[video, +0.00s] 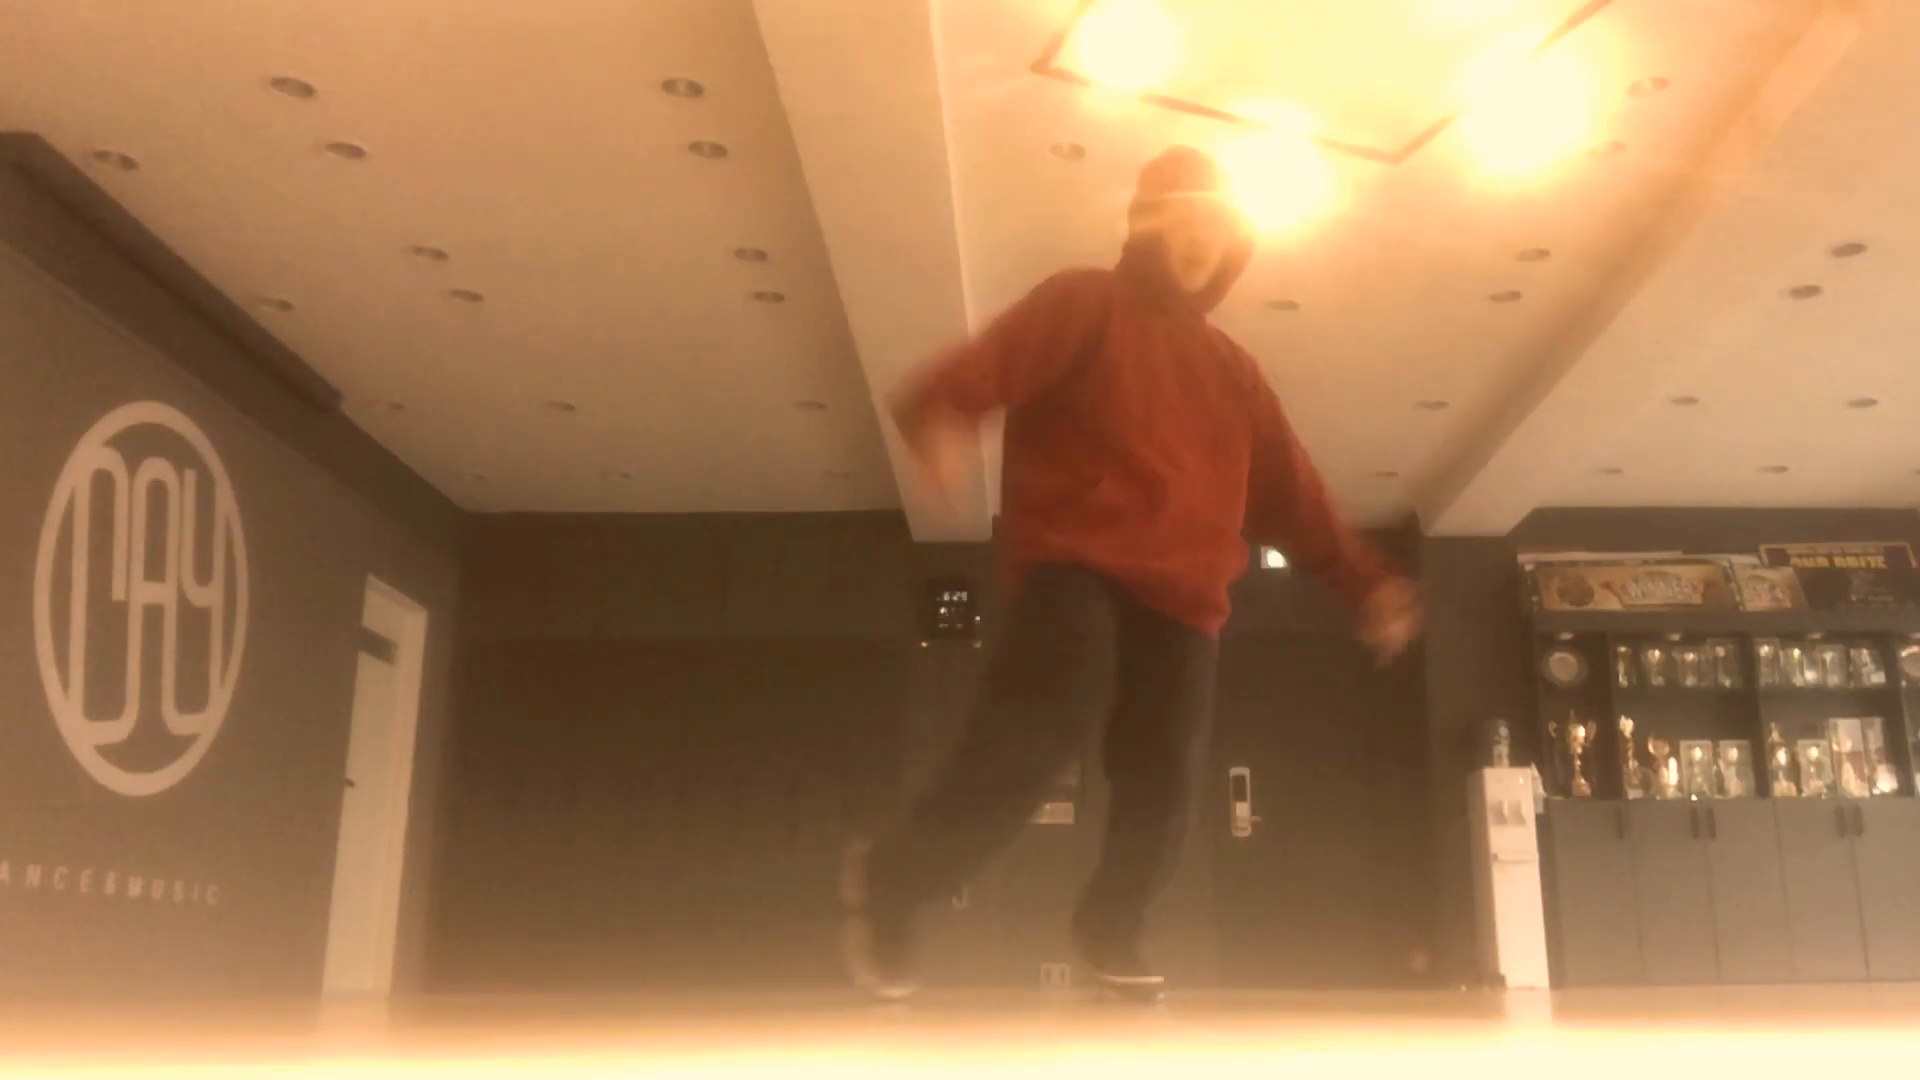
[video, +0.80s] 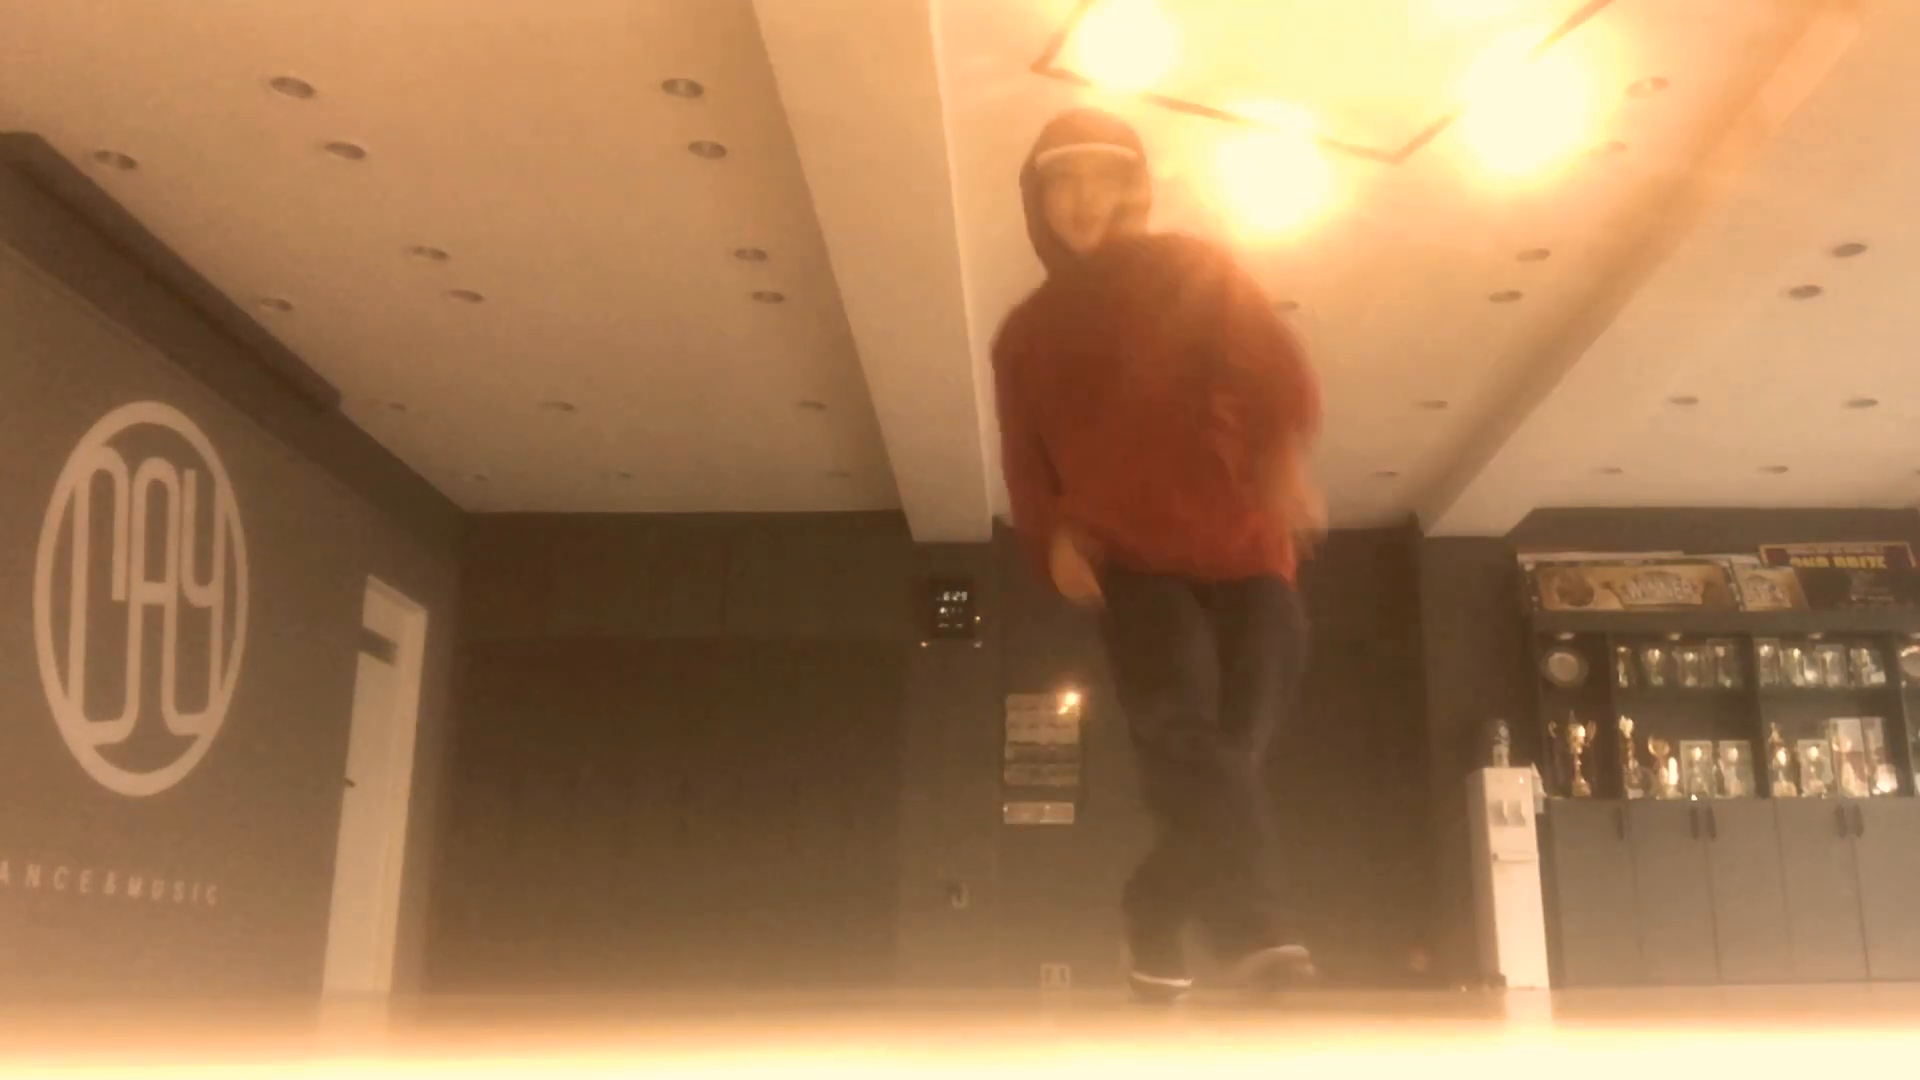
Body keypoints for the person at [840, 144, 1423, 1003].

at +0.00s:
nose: (1201, 241)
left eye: (1218, 227)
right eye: (1185, 220)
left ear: (1232, 248)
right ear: (1145, 223)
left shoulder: (1234, 372)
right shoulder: (1086, 302)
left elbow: (1297, 495)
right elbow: (981, 366)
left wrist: (1366, 580)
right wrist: (939, 411)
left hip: (1181, 592)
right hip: (1070, 558)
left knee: (1162, 771)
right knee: (1044, 727)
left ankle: (1110, 941)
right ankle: (892, 884)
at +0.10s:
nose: (1189, 234)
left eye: (1206, 216)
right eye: (1169, 214)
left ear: (1224, 234)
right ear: (1132, 223)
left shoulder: (1232, 359)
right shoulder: (1078, 320)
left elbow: (1265, 490)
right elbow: (1020, 444)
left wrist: (1283, 603)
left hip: (1186, 598)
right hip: (1089, 573)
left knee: (1156, 774)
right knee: (1116, 686)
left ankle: (1112, 945)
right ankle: (975, 871)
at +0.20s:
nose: (1154, 218)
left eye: (1172, 197)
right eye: (1133, 200)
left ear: (1202, 212)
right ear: (1105, 216)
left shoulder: (1236, 339)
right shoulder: (1061, 321)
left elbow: (1253, 475)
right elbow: (1017, 453)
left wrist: (1218, 561)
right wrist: (1031, 565)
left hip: (1195, 575)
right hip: (1087, 556)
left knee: (1182, 752)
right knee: (1148, 664)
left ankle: (1116, 936)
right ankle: (1063, 889)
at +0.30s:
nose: (1119, 186)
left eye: (1135, 164)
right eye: (1095, 170)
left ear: (1164, 176)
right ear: (1065, 190)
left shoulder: (1225, 291)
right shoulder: (1042, 309)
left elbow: (1274, 405)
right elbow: (986, 437)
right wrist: (1001, 556)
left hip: (1217, 545)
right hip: (1102, 532)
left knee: (1198, 751)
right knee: (1162, 675)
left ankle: (1118, 930)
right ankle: (1161, 935)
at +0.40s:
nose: (1091, 180)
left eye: (1105, 157)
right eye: (1067, 167)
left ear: (1137, 162)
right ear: (1039, 188)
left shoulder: (1203, 243)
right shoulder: (1037, 311)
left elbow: (1275, 307)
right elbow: (986, 444)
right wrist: (994, 560)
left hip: (1241, 516)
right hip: (1128, 516)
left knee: (1219, 735)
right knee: (1192, 691)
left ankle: (1122, 918)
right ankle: (1230, 922)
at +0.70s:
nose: (1082, 207)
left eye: (1100, 185)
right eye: (1060, 192)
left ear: (1136, 196)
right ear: (1036, 217)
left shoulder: (1199, 264)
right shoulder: (1045, 355)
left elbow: (1280, 272)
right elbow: (1037, 503)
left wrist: (1256, 219)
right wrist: (1040, 623)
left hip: (1255, 536)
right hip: (1135, 552)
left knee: (1284, 696)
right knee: (1205, 720)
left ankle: (1166, 894)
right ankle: (1305, 938)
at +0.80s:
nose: (1077, 199)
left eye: (1096, 178)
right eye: (1057, 183)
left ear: (1130, 186)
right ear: (1037, 202)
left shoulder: (1202, 271)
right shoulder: (1028, 330)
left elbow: (1280, 371)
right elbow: (1024, 451)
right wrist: (1049, 533)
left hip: (1243, 530)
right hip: (1130, 544)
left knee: (1247, 726)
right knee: (1181, 724)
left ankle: (1156, 902)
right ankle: (1263, 930)